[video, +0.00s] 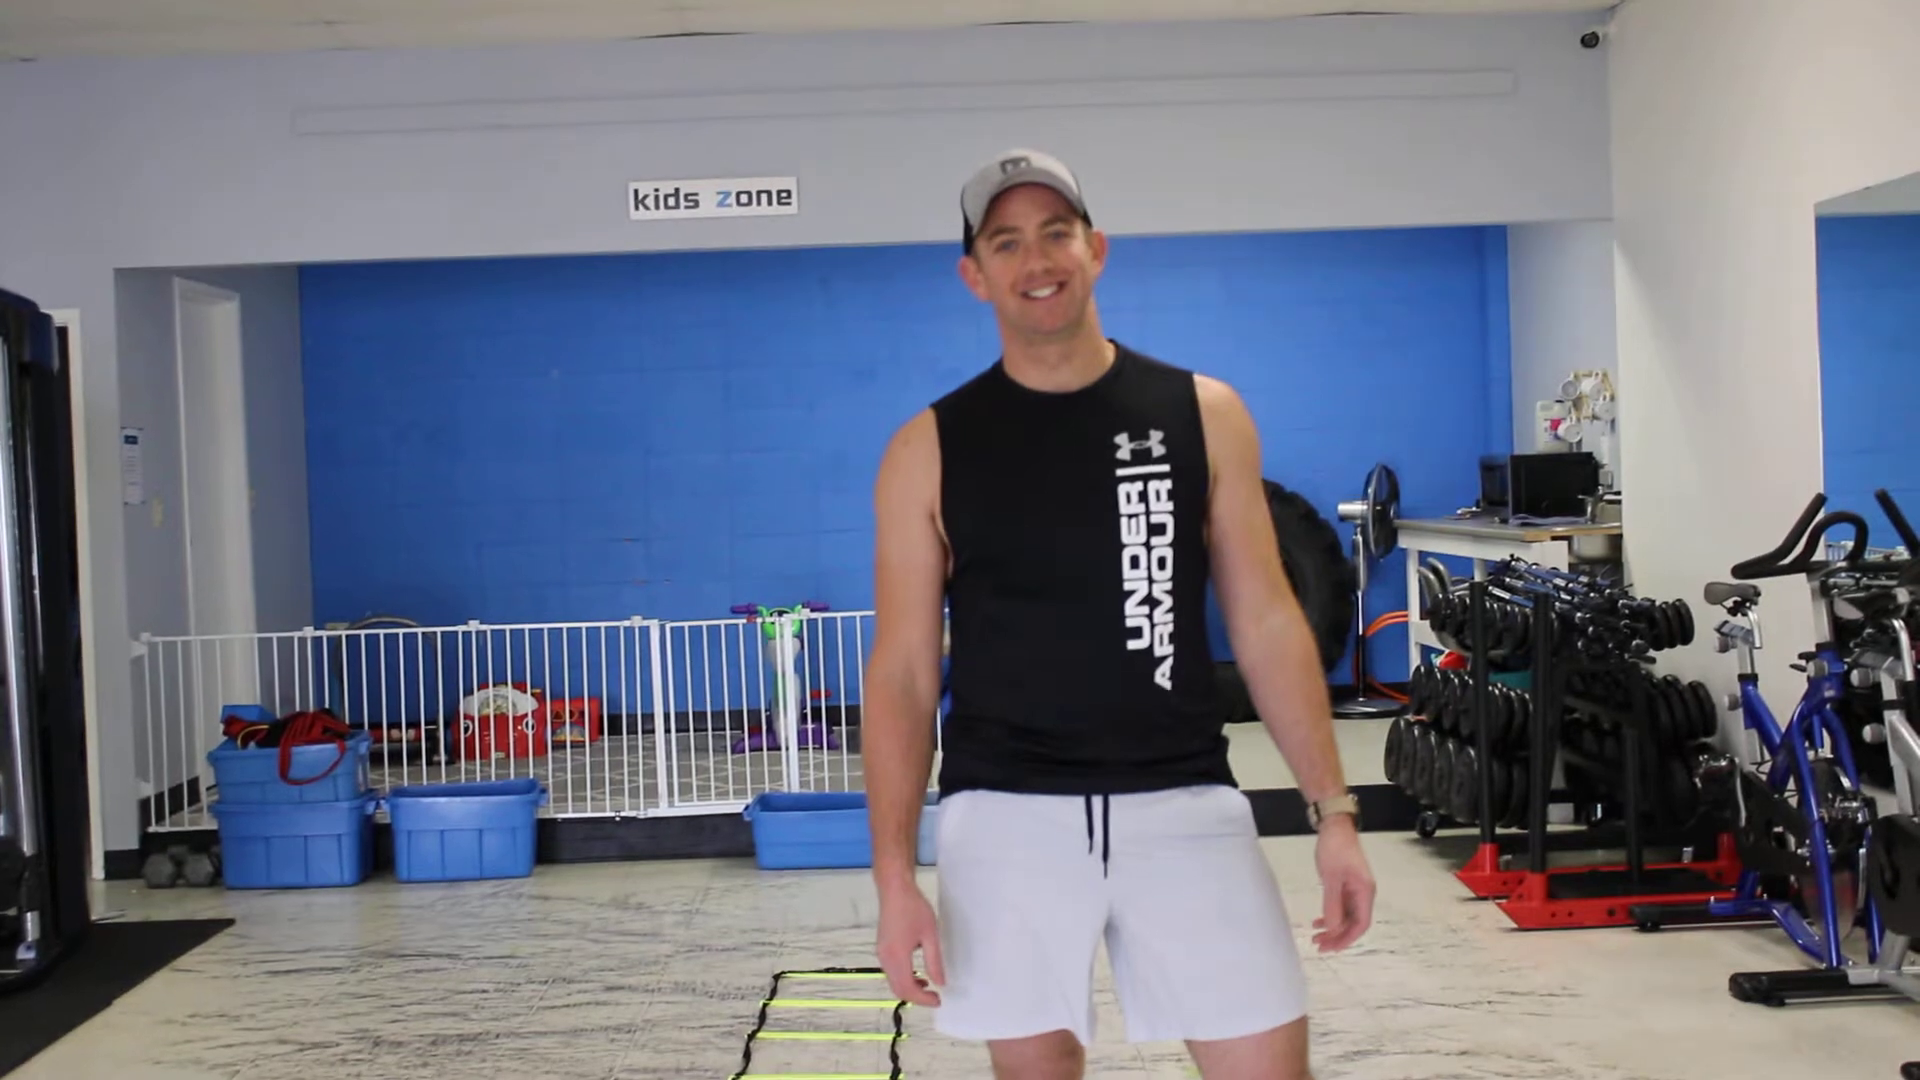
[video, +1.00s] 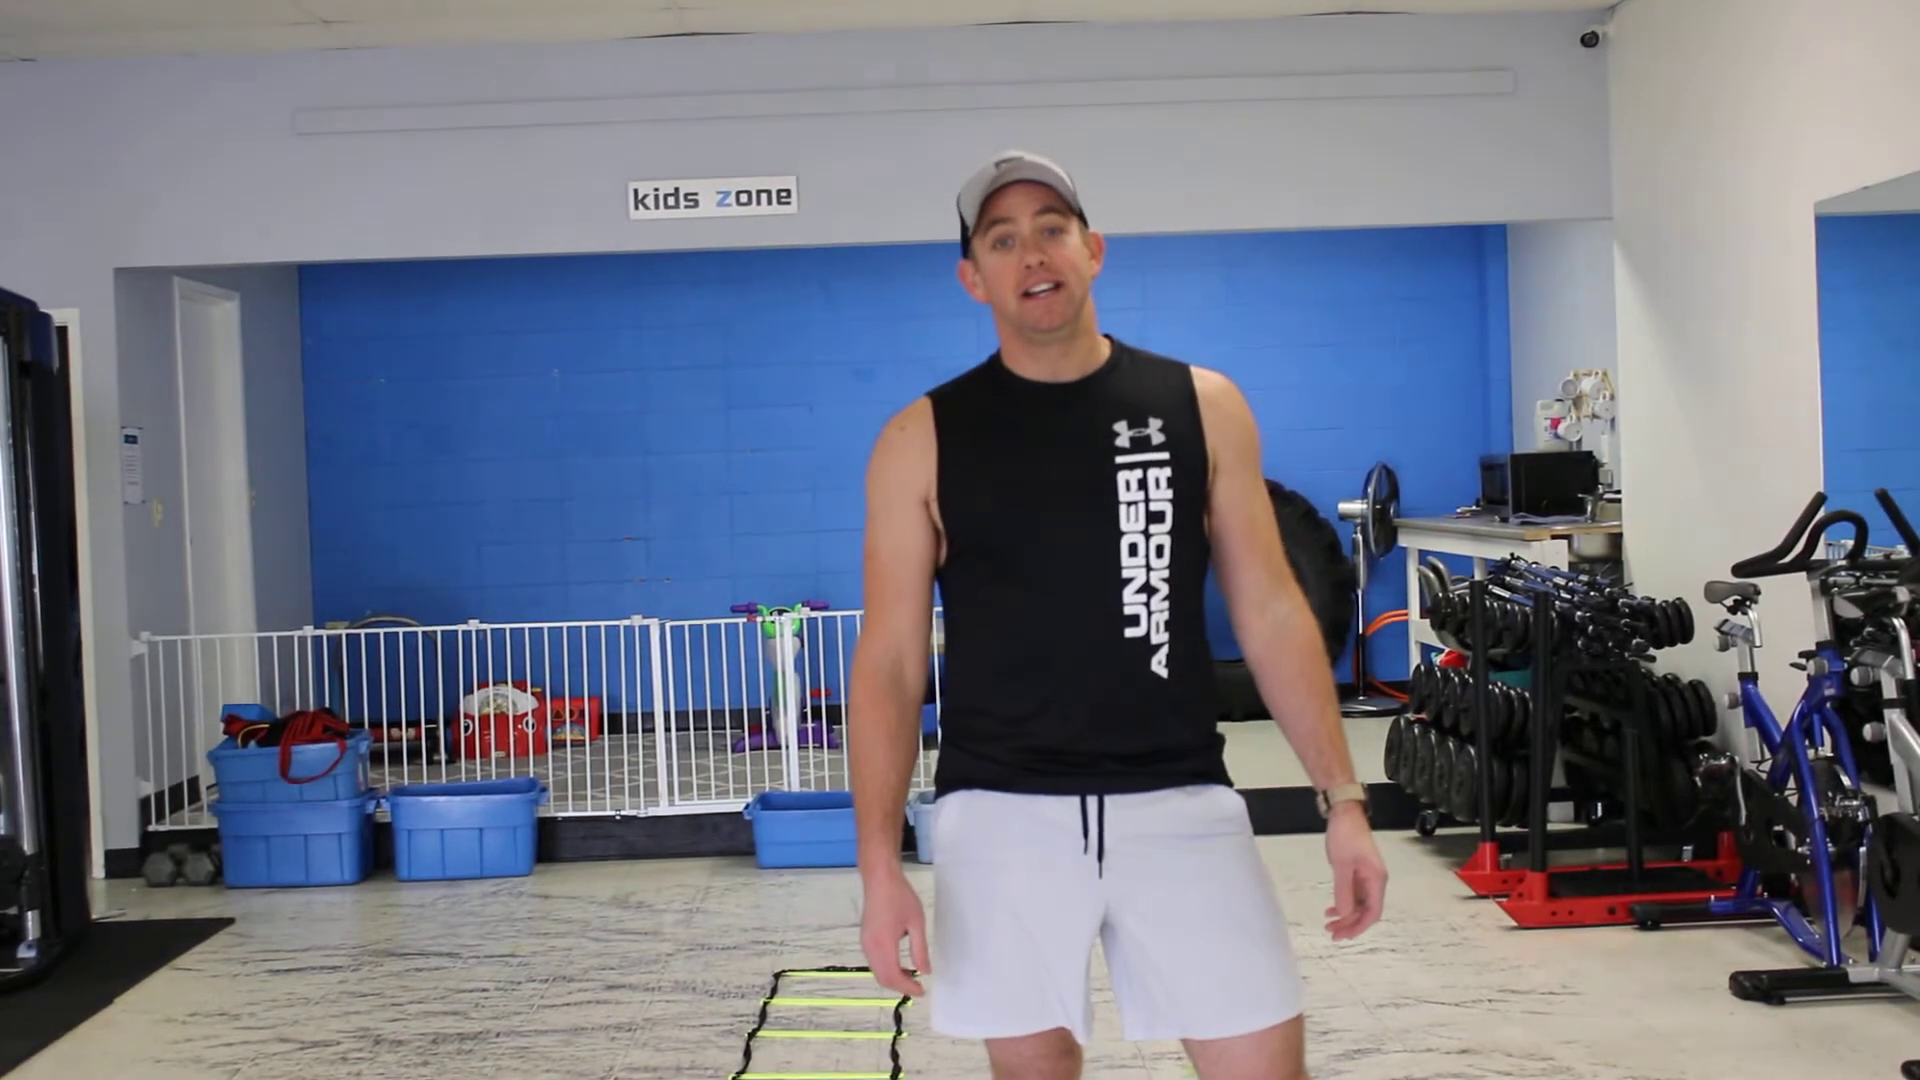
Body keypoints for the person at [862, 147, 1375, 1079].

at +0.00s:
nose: (1038, 256)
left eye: (1058, 231)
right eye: (1008, 241)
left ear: (1097, 250)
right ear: (976, 275)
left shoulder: (1205, 415)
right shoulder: (928, 450)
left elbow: (1265, 622)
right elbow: (902, 678)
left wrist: (1334, 814)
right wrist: (895, 880)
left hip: (1188, 814)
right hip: (1007, 825)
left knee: (1270, 1065)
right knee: (1037, 1066)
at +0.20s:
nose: (1037, 254)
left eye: (1058, 230)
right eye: (1007, 240)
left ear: (1097, 250)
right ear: (975, 275)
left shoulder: (1205, 414)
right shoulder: (928, 449)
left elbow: (1266, 622)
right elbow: (903, 677)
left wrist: (1334, 814)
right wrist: (897, 879)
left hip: (1188, 813)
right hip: (1007, 824)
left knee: (1271, 1064)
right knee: (1037, 1066)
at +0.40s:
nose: (1034, 252)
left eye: (1055, 228)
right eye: (1004, 238)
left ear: (1095, 251)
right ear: (974, 276)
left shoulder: (1206, 411)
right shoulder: (926, 446)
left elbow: (1270, 617)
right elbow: (899, 671)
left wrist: (1337, 812)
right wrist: (891, 875)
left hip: (1188, 813)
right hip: (1006, 825)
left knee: (1270, 1064)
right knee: (1037, 1066)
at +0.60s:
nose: (1034, 251)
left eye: (1054, 228)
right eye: (1004, 238)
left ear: (1095, 251)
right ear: (973, 277)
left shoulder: (1206, 409)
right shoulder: (925, 444)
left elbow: (1272, 611)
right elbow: (894, 666)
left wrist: (1345, 806)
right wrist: (878, 868)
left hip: (1187, 813)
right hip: (1004, 826)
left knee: (1269, 1065)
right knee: (1036, 1066)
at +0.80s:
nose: (1034, 252)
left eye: (1054, 228)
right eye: (1004, 238)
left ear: (1094, 253)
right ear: (973, 278)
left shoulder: (1205, 407)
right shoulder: (923, 441)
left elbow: (1273, 610)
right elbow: (891, 664)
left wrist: (1343, 801)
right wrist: (877, 866)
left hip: (1185, 810)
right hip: (1002, 823)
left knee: (1267, 1064)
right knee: (1034, 1066)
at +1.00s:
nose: (1034, 253)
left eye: (1054, 229)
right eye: (1004, 239)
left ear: (1094, 252)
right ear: (974, 278)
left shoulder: (1204, 408)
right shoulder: (922, 440)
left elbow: (1270, 610)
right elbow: (890, 664)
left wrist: (1342, 803)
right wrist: (879, 864)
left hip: (1184, 811)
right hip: (1002, 823)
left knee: (1266, 1064)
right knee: (1035, 1065)